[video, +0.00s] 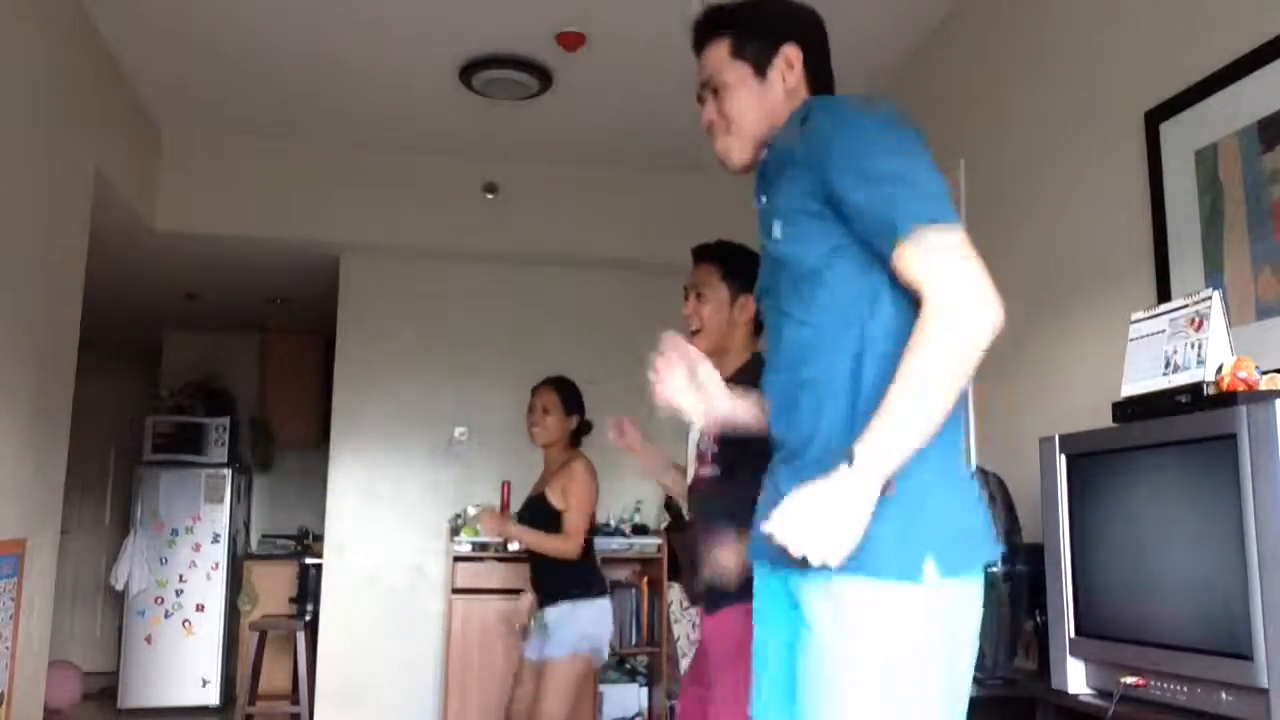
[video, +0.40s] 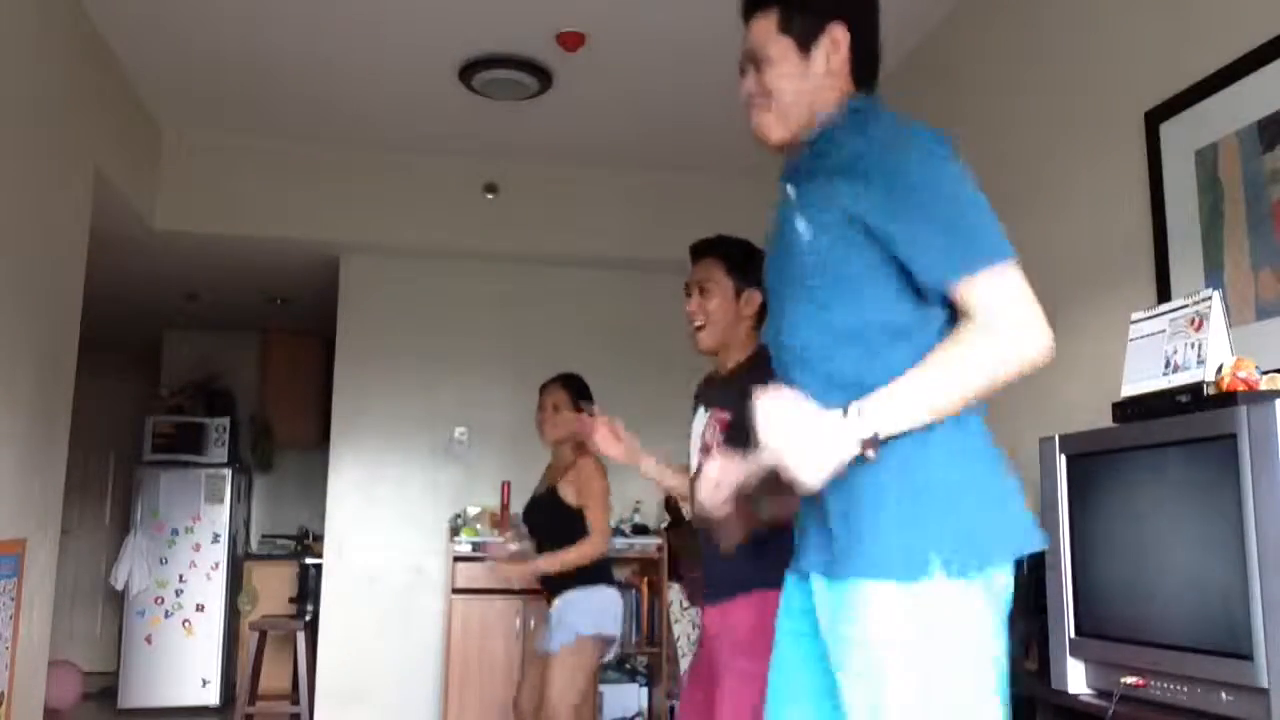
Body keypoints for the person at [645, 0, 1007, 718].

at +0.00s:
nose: (704, 115)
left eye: (716, 89)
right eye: (702, 97)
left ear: (785, 71)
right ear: (780, 76)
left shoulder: (842, 129)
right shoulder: (785, 187)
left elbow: (968, 303)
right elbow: (830, 397)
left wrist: (860, 477)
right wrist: (723, 405)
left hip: (890, 562)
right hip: (798, 553)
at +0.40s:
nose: (745, 84)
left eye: (759, 61)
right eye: (745, 66)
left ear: (833, 50)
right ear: (828, 53)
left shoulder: (891, 153)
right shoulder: (805, 183)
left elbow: (1017, 328)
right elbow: (837, 380)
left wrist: (852, 427)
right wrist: (758, 459)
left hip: (922, 554)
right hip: (830, 551)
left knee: (927, 710)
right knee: (802, 711)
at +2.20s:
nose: (754, 139)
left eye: (770, 112)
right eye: (757, 119)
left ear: (844, 104)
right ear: (842, 108)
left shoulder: (915, 232)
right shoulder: (822, 262)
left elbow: (1010, 448)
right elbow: (877, 461)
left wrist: (907, 600)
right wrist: (780, 498)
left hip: (946, 636)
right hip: (839, 625)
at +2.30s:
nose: (758, 115)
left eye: (773, 85)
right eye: (759, 92)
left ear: (847, 70)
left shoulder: (933, 196)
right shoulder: (820, 228)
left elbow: (1021, 405)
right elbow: (837, 425)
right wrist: (770, 517)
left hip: (933, 656)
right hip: (823, 635)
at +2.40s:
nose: (760, 76)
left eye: (772, 47)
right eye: (758, 57)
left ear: (846, 28)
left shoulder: (910, 117)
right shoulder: (821, 181)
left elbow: (1007, 294)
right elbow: (840, 414)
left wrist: (798, 373)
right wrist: (717, 420)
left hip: (915, 597)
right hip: (811, 588)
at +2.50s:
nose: (765, 80)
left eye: (776, 54)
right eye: (762, 62)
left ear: (848, 31)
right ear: (845, 35)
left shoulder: (897, 95)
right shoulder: (829, 162)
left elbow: (966, 258)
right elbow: (825, 357)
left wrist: (775, 369)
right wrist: (718, 356)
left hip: (897, 554)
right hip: (810, 549)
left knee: (890, 708)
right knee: (797, 708)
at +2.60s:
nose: (766, 115)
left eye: (781, 89)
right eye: (765, 97)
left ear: (854, 72)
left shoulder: (899, 139)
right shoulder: (825, 217)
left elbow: (953, 269)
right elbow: (816, 421)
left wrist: (773, 365)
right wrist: (714, 364)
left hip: (889, 595)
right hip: (797, 590)